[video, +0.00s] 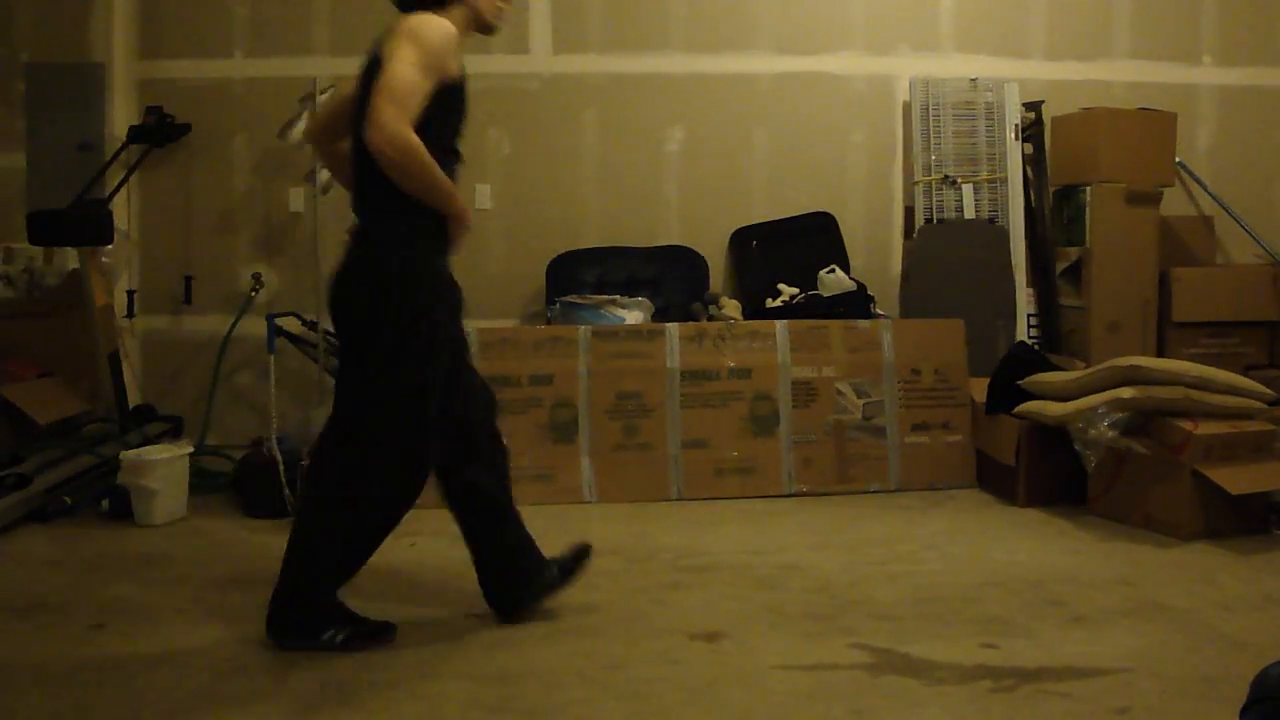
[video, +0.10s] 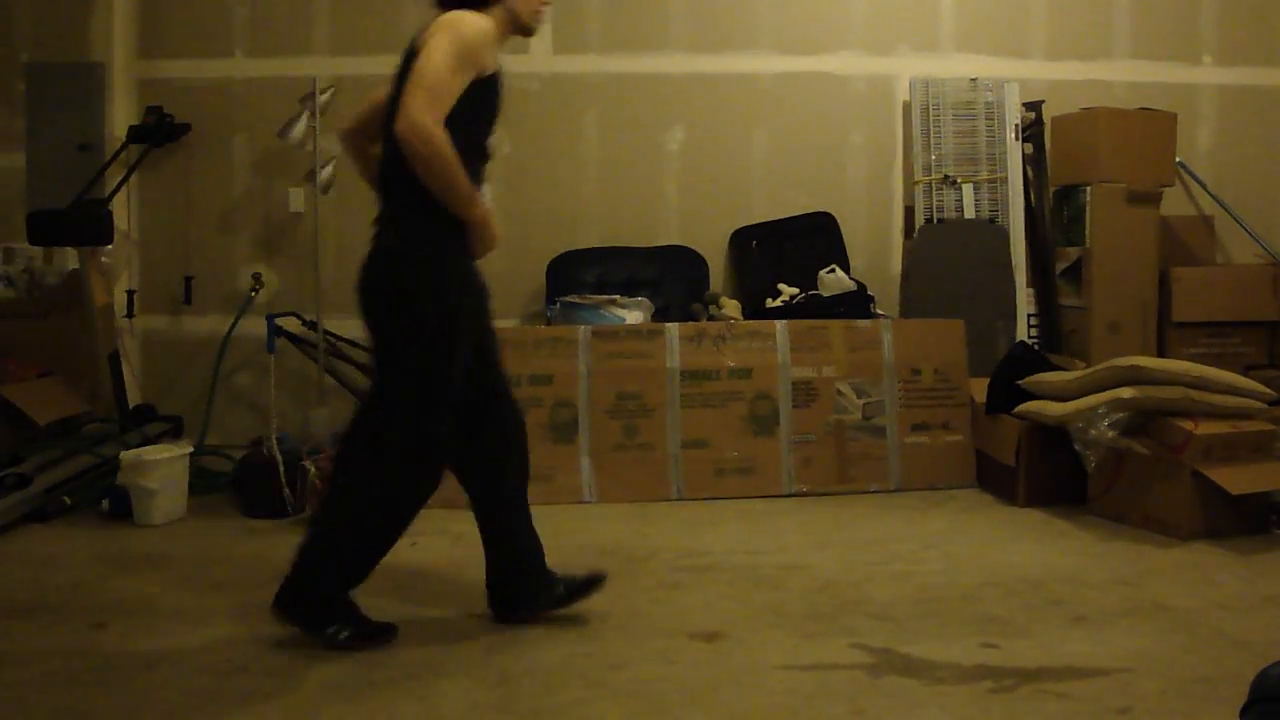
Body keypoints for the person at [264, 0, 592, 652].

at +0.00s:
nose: (506, 5)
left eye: (505, 1)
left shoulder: (410, 37)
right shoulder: (432, 31)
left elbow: (324, 131)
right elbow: (387, 130)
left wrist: (382, 199)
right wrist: (455, 207)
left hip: (402, 274)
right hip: (394, 277)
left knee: (464, 424)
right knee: (378, 445)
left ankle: (516, 577)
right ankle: (300, 610)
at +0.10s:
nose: (545, 6)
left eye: (546, 0)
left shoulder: (454, 36)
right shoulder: (469, 30)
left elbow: (359, 131)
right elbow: (417, 123)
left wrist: (410, 200)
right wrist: (474, 210)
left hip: (424, 270)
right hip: (422, 272)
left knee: (490, 430)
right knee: (406, 436)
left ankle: (522, 585)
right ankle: (313, 593)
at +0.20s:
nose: (581, 10)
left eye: (581, 2)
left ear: (538, 5)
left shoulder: (491, 47)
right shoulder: (495, 38)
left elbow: (395, 128)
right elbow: (433, 115)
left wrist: (450, 201)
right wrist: (502, 206)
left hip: (451, 267)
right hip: (458, 270)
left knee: (488, 437)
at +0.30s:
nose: (611, 12)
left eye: (613, 3)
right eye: (603, 1)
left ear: (573, 7)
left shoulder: (537, 60)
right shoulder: (517, 46)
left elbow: (464, 147)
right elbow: (448, 127)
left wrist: (519, 241)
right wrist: (518, 231)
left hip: (497, 274)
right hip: (478, 275)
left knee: (525, 429)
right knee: (587, 423)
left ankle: (509, 591)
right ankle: (453, 517)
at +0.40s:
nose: (635, 8)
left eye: (636, 1)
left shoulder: (568, 44)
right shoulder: (544, 29)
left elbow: (527, 140)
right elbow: (465, 113)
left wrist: (554, 225)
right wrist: (502, 230)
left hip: (527, 259)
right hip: (517, 261)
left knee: (541, 425)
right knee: (629, 406)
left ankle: (505, 588)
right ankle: (555, 545)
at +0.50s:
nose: (657, 1)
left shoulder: (606, 49)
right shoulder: (566, 29)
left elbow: (567, 150)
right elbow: (477, 106)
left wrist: (590, 236)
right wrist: (480, 223)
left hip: (567, 267)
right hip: (544, 266)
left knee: (537, 432)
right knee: (628, 420)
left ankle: (504, 595)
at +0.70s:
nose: (701, 6)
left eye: (703, 0)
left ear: (694, 7)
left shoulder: (692, 59)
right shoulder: (603, 51)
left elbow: (675, 162)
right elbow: (526, 142)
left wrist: (702, 250)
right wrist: (496, 250)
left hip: (646, 271)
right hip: (597, 273)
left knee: (618, 429)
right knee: (658, 432)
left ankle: (526, 571)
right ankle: (684, 604)